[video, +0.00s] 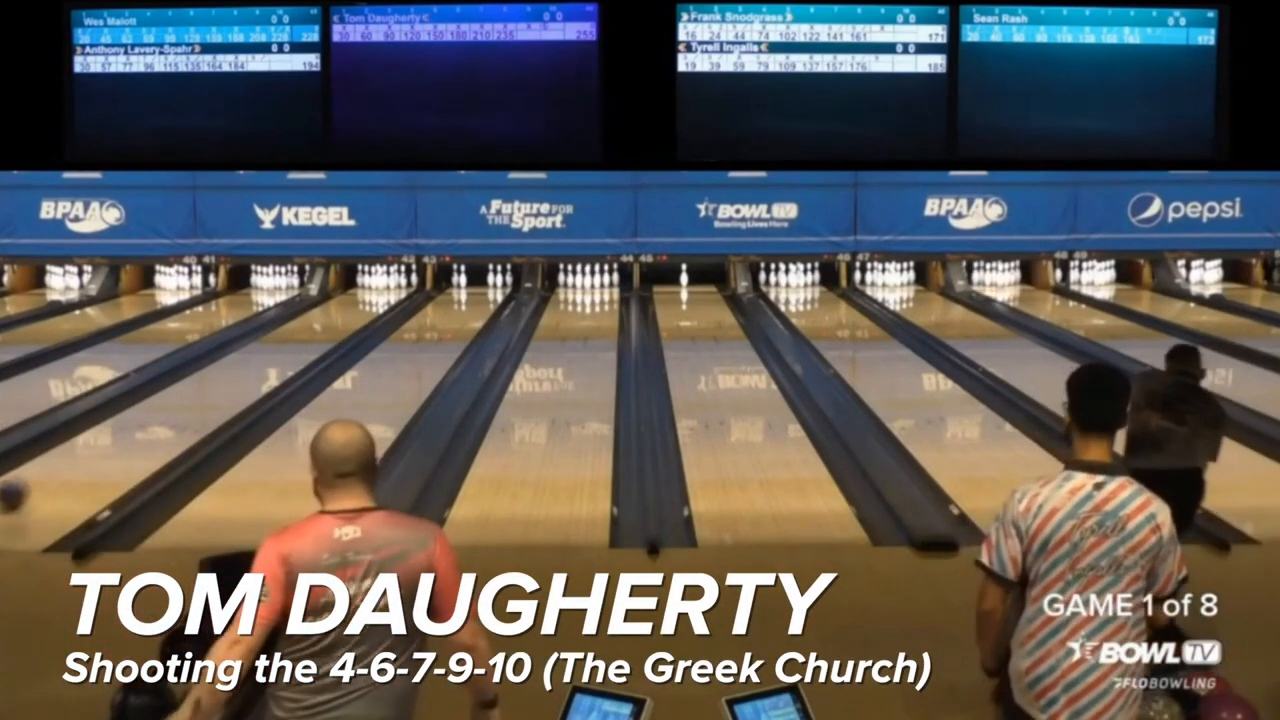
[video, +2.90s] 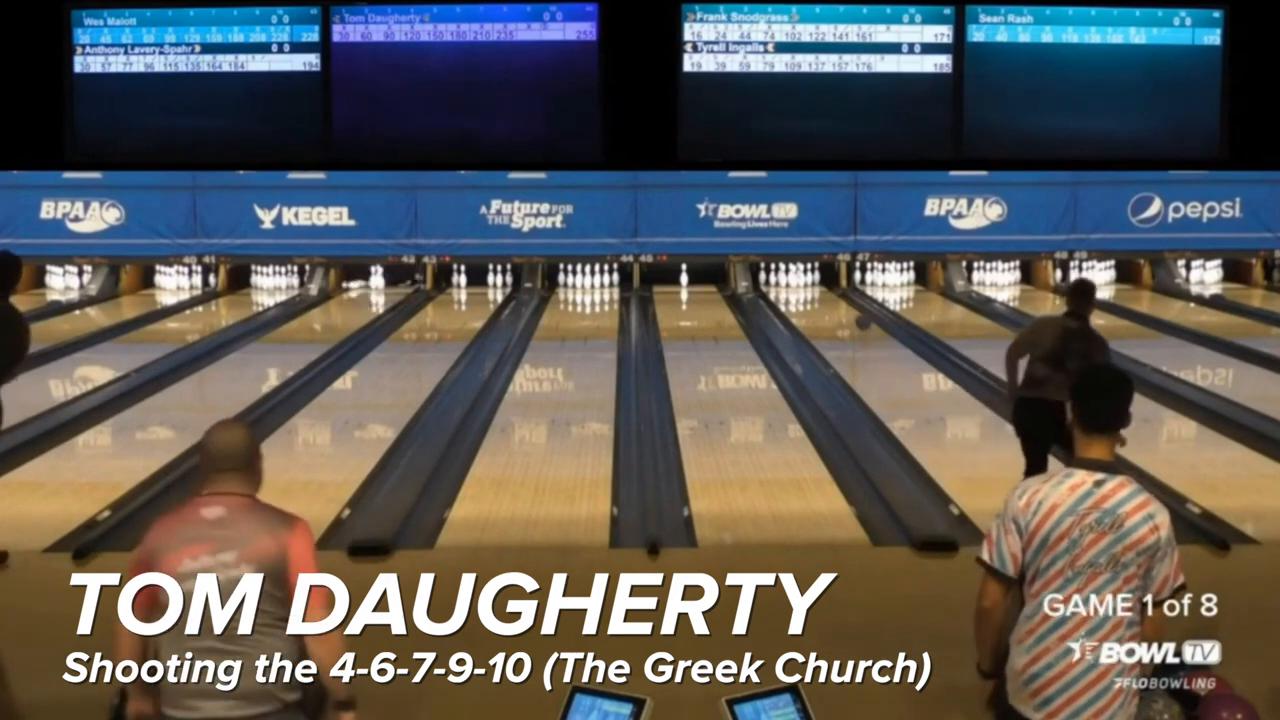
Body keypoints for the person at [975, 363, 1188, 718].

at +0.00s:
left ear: (1068, 416)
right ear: (1124, 419)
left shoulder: (1030, 503)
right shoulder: (1154, 512)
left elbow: (991, 605)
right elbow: (1162, 610)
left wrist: (993, 667)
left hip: (1036, 686)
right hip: (1115, 692)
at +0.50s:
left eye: (1061, 405)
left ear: (1063, 413)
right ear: (1122, 419)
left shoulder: (1024, 497)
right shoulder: (1149, 508)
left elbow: (987, 600)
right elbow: (1160, 607)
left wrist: (990, 662)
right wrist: (1141, 650)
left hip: (1033, 686)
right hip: (1112, 692)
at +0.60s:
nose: (1056, 409)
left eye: (1058, 403)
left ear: (1062, 411)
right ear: (1120, 417)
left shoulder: (1023, 497)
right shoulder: (1150, 507)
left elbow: (986, 599)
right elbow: (1159, 599)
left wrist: (990, 661)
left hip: (1033, 686)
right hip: (1112, 692)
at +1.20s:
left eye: (1058, 404)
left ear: (1062, 413)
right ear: (1118, 416)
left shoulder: (1023, 493)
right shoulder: (1152, 506)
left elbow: (986, 597)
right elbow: (1160, 609)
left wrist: (987, 663)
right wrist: (1139, 672)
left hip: (1032, 686)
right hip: (1110, 692)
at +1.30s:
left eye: (1059, 408)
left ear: (1061, 414)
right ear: (1117, 419)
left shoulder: (1022, 498)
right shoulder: (1147, 511)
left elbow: (984, 601)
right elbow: (1156, 611)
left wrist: (986, 665)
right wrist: (1138, 670)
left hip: (1030, 683)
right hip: (1108, 691)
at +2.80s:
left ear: (1070, 415)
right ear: (1127, 421)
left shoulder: (1032, 497)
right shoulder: (1153, 514)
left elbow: (991, 601)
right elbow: (1154, 615)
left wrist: (987, 665)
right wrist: (1137, 673)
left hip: (1032, 686)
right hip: (1109, 696)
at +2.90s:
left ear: (1070, 415)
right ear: (1126, 423)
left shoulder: (1031, 497)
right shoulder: (1152, 514)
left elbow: (991, 600)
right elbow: (1154, 614)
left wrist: (988, 667)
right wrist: (1137, 673)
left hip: (1032, 685)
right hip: (1109, 694)